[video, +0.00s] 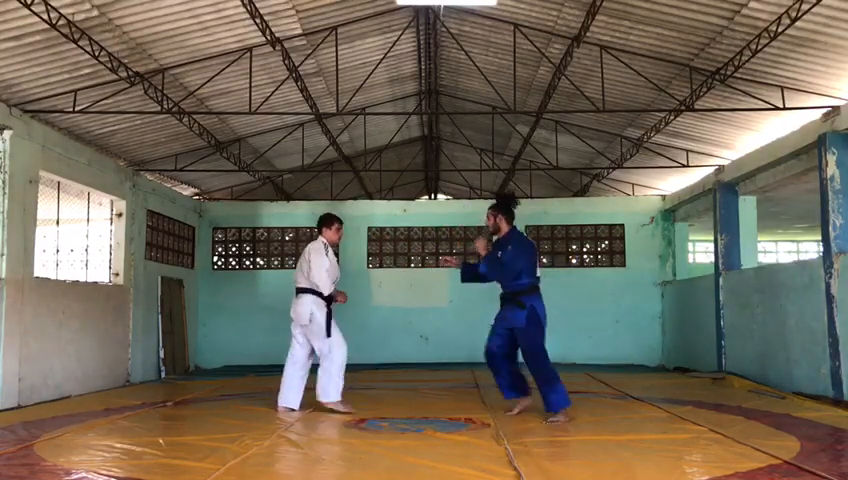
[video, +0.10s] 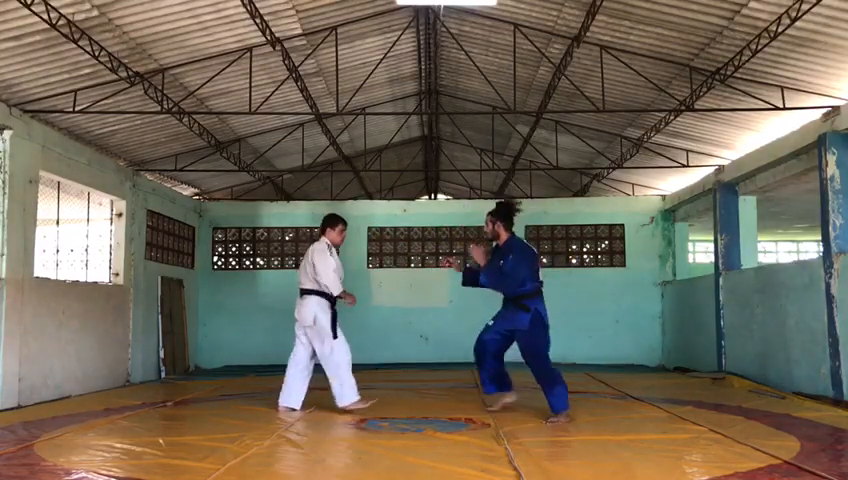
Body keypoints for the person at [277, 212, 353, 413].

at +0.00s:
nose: (340, 235)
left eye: (341, 230)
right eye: (337, 230)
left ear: (325, 231)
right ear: (326, 230)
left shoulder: (317, 249)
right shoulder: (317, 248)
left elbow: (316, 282)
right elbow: (320, 278)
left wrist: (334, 295)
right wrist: (335, 294)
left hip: (302, 303)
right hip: (312, 304)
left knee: (299, 355)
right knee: (336, 348)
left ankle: (286, 404)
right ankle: (330, 397)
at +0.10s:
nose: (344, 236)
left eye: (344, 232)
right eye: (341, 232)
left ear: (329, 231)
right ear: (328, 230)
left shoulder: (318, 248)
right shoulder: (321, 248)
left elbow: (318, 277)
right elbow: (326, 273)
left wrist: (339, 294)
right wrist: (342, 293)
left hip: (306, 303)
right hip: (317, 305)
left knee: (302, 353)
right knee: (337, 350)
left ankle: (288, 403)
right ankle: (348, 399)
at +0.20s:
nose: (349, 238)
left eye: (350, 234)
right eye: (347, 234)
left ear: (335, 234)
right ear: (334, 233)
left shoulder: (326, 251)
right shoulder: (326, 252)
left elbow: (327, 283)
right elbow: (327, 284)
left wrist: (349, 292)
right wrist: (350, 292)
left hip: (313, 307)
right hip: (322, 309)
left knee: (306, 357)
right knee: (342, 356)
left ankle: (288, 403)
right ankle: (359, 401)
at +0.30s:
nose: (357, 241)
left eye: (358, 237)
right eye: (354, 237)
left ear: (346, 238)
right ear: (342, 236)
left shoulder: (345, 259)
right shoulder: (331, 257)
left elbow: (348, 289)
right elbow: (334, 292)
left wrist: (367, 297)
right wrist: (360, 295)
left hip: (324, 312)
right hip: (330, 314)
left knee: (316, 360)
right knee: (352, 360)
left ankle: (291, 402)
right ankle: (364, 406)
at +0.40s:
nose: (366, 246)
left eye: (366, 242)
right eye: (362, 242)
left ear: (360, 242)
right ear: (350, 241)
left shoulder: (359, 265)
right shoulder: (334, 264)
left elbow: (373, 291)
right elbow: (337, 297)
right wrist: (362, 302)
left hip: (333, 317)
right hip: (336, 318)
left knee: (327, 361)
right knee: (363, 358)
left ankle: (293, 400)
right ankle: (368, 408)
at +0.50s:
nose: (371, 246)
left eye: (372, 242)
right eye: (368, 242)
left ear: (364, 244)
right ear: (355, 242)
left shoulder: (369, 262)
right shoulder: (338, 266)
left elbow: (388, 273)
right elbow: (343, 298)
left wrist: (406, 277)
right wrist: (368, 309)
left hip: (346, 315)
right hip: (339, 316)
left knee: (335, 361)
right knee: (366, 358)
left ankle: (296, 389)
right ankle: (369, 408)